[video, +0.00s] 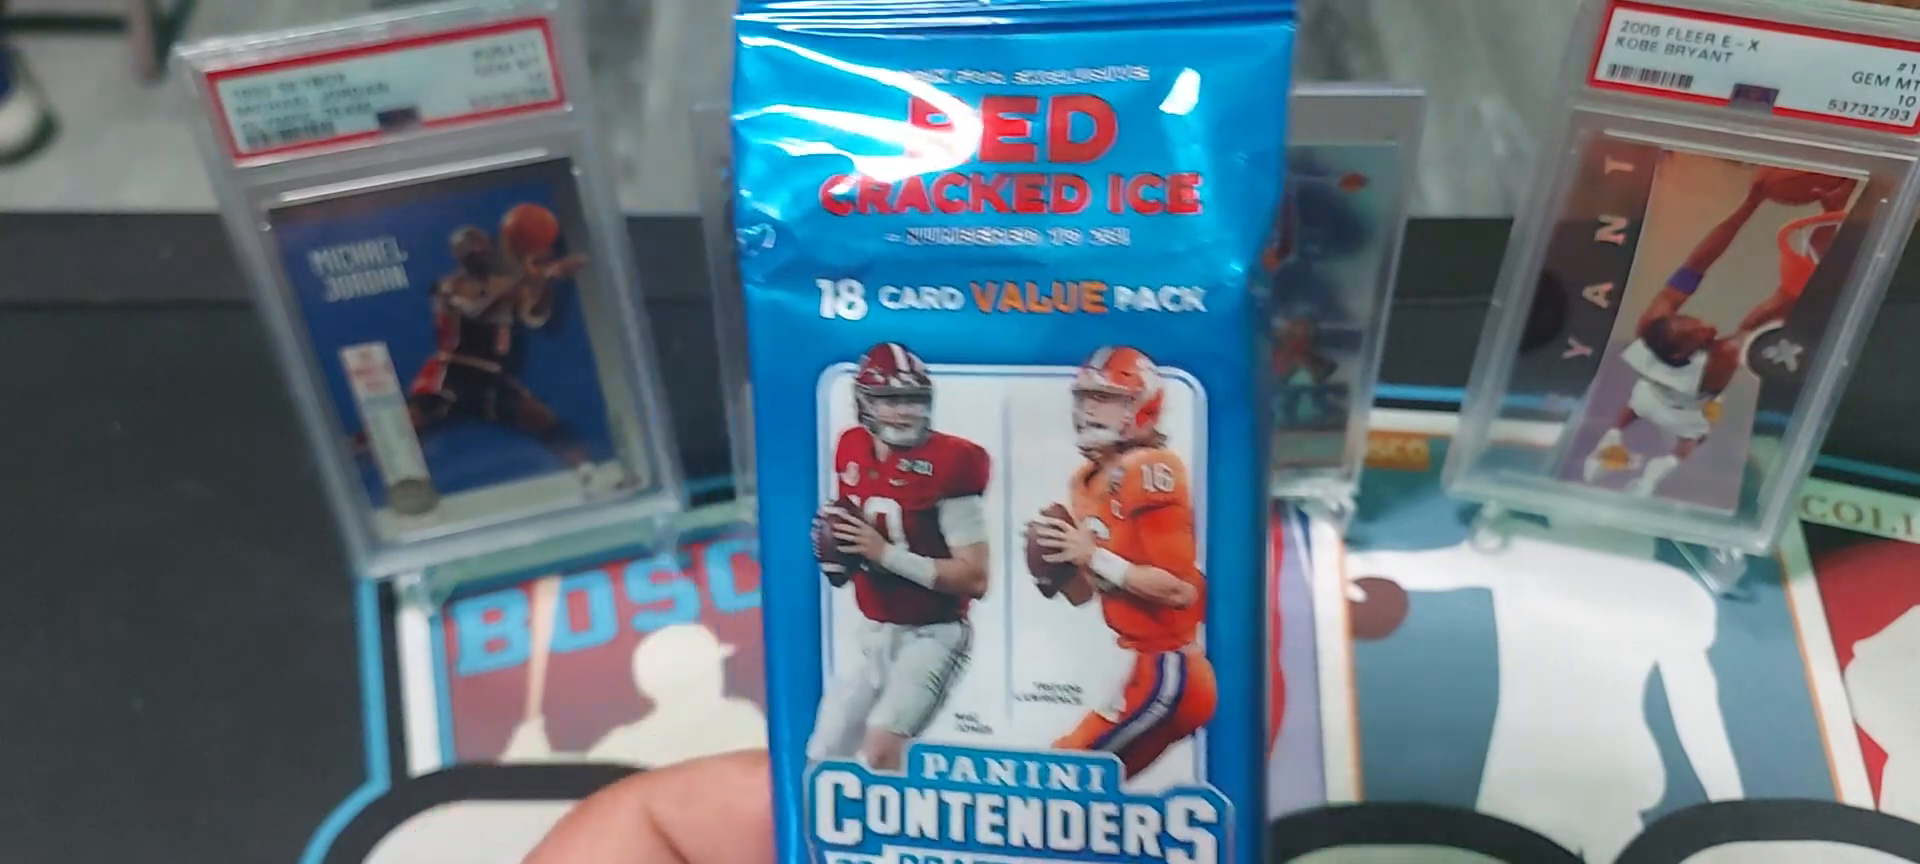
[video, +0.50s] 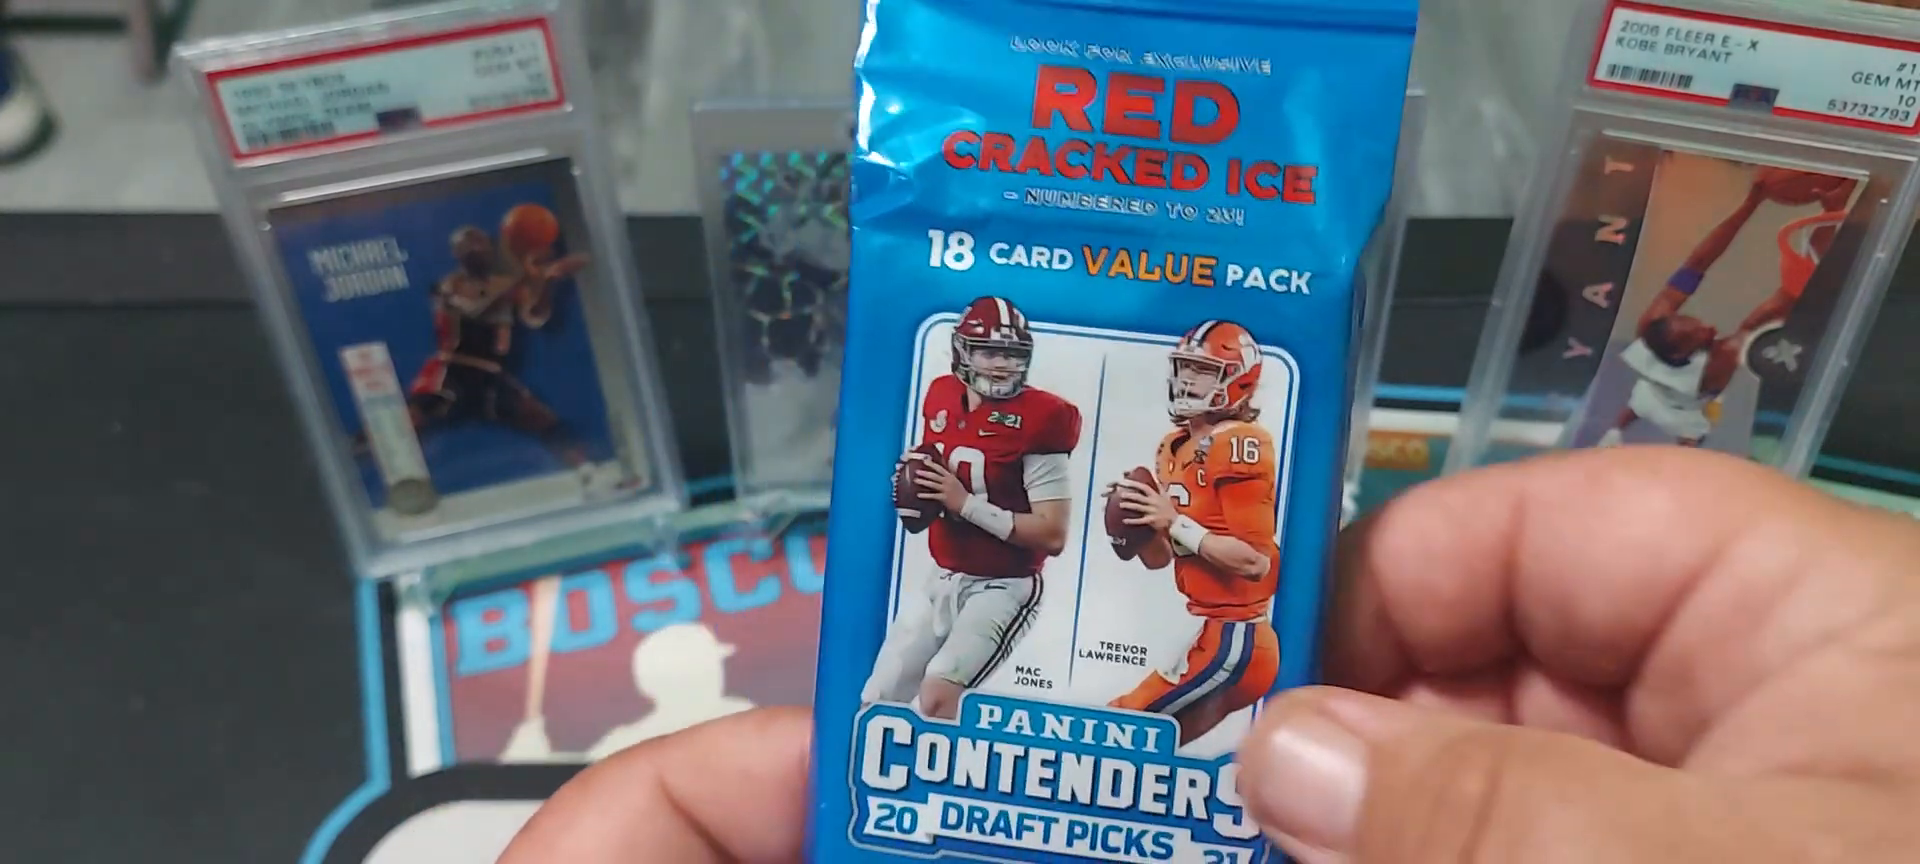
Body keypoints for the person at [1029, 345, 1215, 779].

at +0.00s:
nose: (1087, 412)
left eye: (1103, 399)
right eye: (1082, 398)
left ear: (1139, 409)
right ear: (1074, 401)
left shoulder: (1151, 468)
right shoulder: (1086, 479)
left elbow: (1180, 587)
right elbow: (1081, 592)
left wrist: (1093, 556)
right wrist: (1050, 563)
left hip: (1169, 672)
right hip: (1145, 668)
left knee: (1057, 778)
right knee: (1073, 788)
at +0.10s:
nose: (1127, 427)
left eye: (1143, 416)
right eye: (1123, 414)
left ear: (1179, 425)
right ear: (1113, 417)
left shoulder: (1189, 486)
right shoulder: (1120, 494)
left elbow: (1212, 606)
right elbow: (1114, 611)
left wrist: (1127, 572)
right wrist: (1083, 579)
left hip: (1201, 692)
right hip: (1176, 688)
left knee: (1081, 798)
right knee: (1098, 809)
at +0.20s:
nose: (1140, 419)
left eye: (1156, 408)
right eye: (1137, 406)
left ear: (1191, 415)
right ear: (1128, 410)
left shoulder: (1202, 479)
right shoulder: (1134, 485)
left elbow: (1222, 597)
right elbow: (1126, 601)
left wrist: (1139, 563)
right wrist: (1096, 568)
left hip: (1210, 682)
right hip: (1187, 678)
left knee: (1090, 785)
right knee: (1110, 799)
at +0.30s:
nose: (1142, 409)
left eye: (1158, 398)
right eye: (1139, 397)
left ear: (1194, 406)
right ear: (1130, 400)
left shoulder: (1203, 468)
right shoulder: (1134, 474)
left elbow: (1222, 584)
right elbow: (1126, 588)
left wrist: (1140, 551)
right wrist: (1097, 555)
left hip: (1210, 669)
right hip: (1186, 664)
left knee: (1093, 768)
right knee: (1108, 779)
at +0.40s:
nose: (1163, 391)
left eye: (1180, 381)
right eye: (1160, 378)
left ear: (1216, 390)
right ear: (1150, 380)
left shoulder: (1222, 451)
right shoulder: (1154, 455)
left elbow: (1234, 567)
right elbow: (1141, 568)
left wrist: (1154, 532)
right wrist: (1115, 532)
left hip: (1221, 649)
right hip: (1198, 644)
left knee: (1102, 744)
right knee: (1118, 756)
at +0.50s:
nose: (1187, 383)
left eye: (1203, 373)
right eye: (1184, 369)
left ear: (1238, 382)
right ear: (1173, 370)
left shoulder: (1242, 443)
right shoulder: (1173, 445)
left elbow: (1253, 559)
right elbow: (1158, 558)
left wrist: (1173, 522)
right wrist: (1135, 522)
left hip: (1236, 642)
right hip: (1213, 637)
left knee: (1112, 735)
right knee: (1129, 746)